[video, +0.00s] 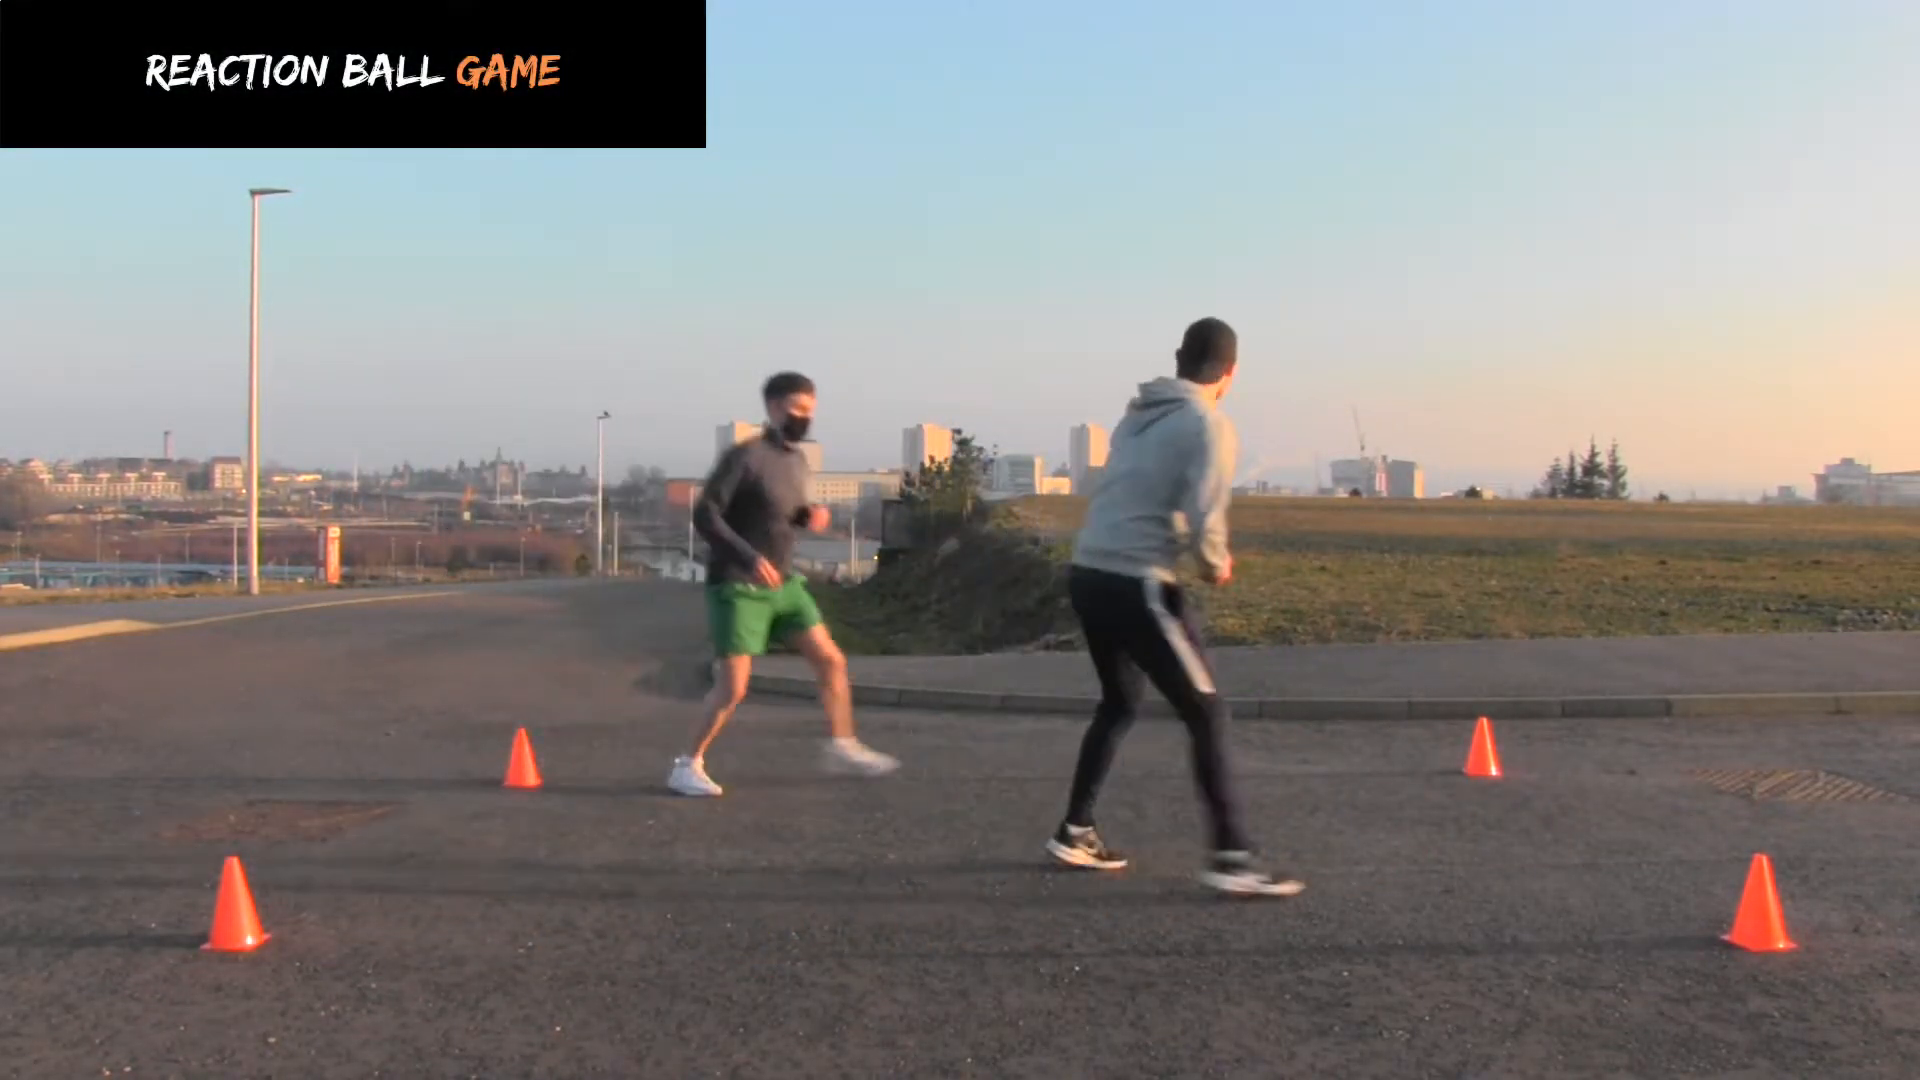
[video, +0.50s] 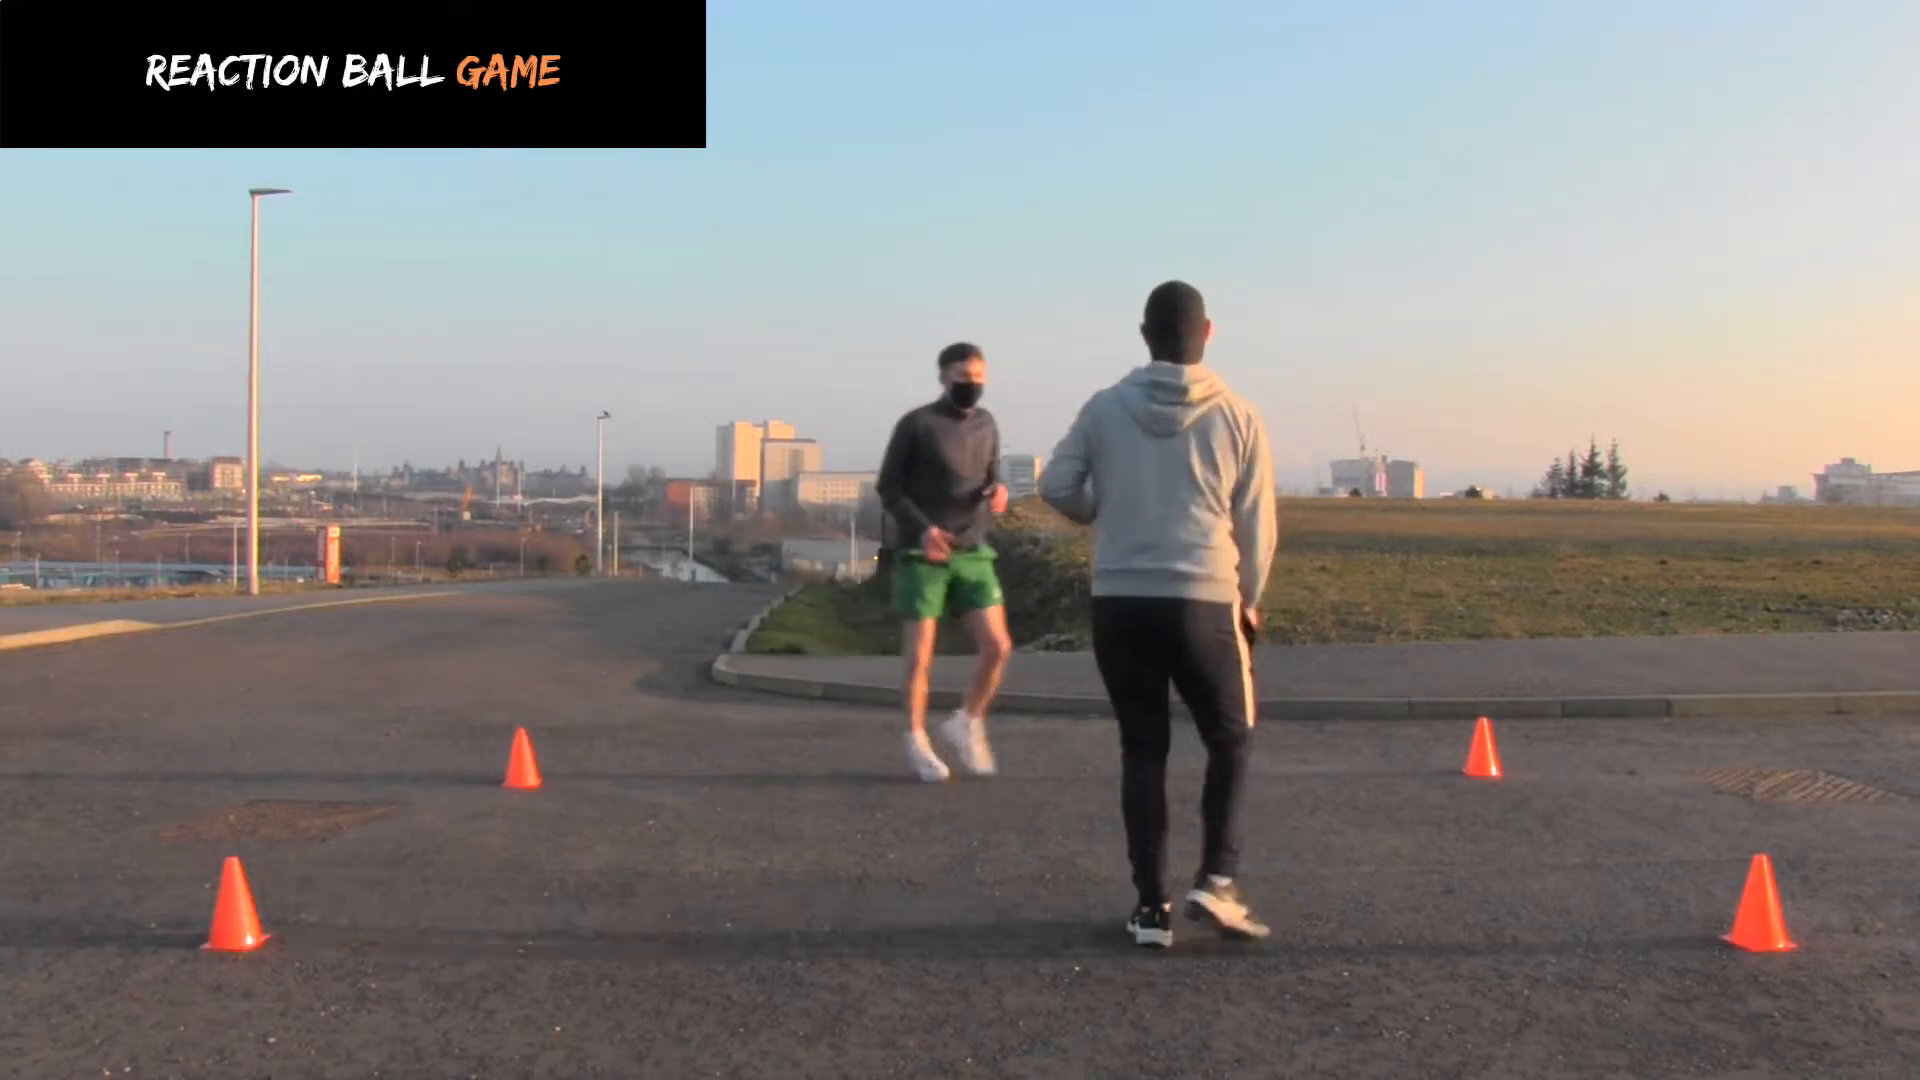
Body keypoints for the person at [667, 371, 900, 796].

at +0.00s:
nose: (805, 419)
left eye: (810, 412)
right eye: (797, 410)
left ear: (813, 413)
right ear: (773, 407)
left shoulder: (797, 461)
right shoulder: (743, 456)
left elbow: (786, 514)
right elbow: (704, 513)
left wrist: (809, 518)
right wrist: (750, 558)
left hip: (784, 583)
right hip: (739, 586)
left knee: (831, 661)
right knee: (733, 687)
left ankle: (843, 744)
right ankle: (689, 763)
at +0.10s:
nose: (837, 432)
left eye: (841, 424)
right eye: (828, 423)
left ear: (845, 425)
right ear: (805, 423)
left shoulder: (832, 475)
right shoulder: (781, 469)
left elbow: (820, 534)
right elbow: (746, 534)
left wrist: (844, 534)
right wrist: (783, 582)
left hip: (815, 593)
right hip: (770, 595)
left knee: (865, 667)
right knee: (752, 695)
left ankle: (901, 750)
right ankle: (690, 764)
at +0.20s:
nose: (884, 427)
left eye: (889, 419)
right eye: (875, 419)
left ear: (896, 418)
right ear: (856, 419)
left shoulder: (896, 472)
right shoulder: (835, 467)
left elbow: (899, 516)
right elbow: (798, 529)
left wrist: (911, 520)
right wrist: (830, 580)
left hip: (880, 591)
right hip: (833, 594)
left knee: (927, 666)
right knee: (790, 683)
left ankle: (914, 753)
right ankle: (715, 749)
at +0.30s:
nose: (913, 413)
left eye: (919, 405)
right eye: (904, 405)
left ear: (925, 402)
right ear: (885, 403)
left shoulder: (926, 451)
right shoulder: (863, 451)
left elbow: (929, 504)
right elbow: (828, 516)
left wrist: (942, 508)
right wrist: (861, 563)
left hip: (912, 581)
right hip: (866, 579)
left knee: (938, 664)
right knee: (833, 671)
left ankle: (915, 750)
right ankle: (769, 736)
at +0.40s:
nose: (949, 387)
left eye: (956, 379)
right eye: (941, 379)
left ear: (963, 379)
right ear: (922, 378)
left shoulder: (963, 427)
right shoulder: (895, 427)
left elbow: (965, 483)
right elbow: (865, 489)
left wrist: (978, 492)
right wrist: (898, 532)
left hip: (949, 556)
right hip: (901, 556)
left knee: (962, 651)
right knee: (889, 656)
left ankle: (928, 734)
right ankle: (871, 737)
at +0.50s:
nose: (968, 388)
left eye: (976, 381)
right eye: (960, 379)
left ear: (984, 381)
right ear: (943, 377)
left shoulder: (986, 425)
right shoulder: (915, 425)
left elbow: (992, 475)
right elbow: (888, 489)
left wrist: (998, 489)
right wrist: (923, 529)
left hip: (973, 551)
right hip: (922, 553)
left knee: (997, 646)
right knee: (920, 655)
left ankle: (967, 725)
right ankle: (917, 740)